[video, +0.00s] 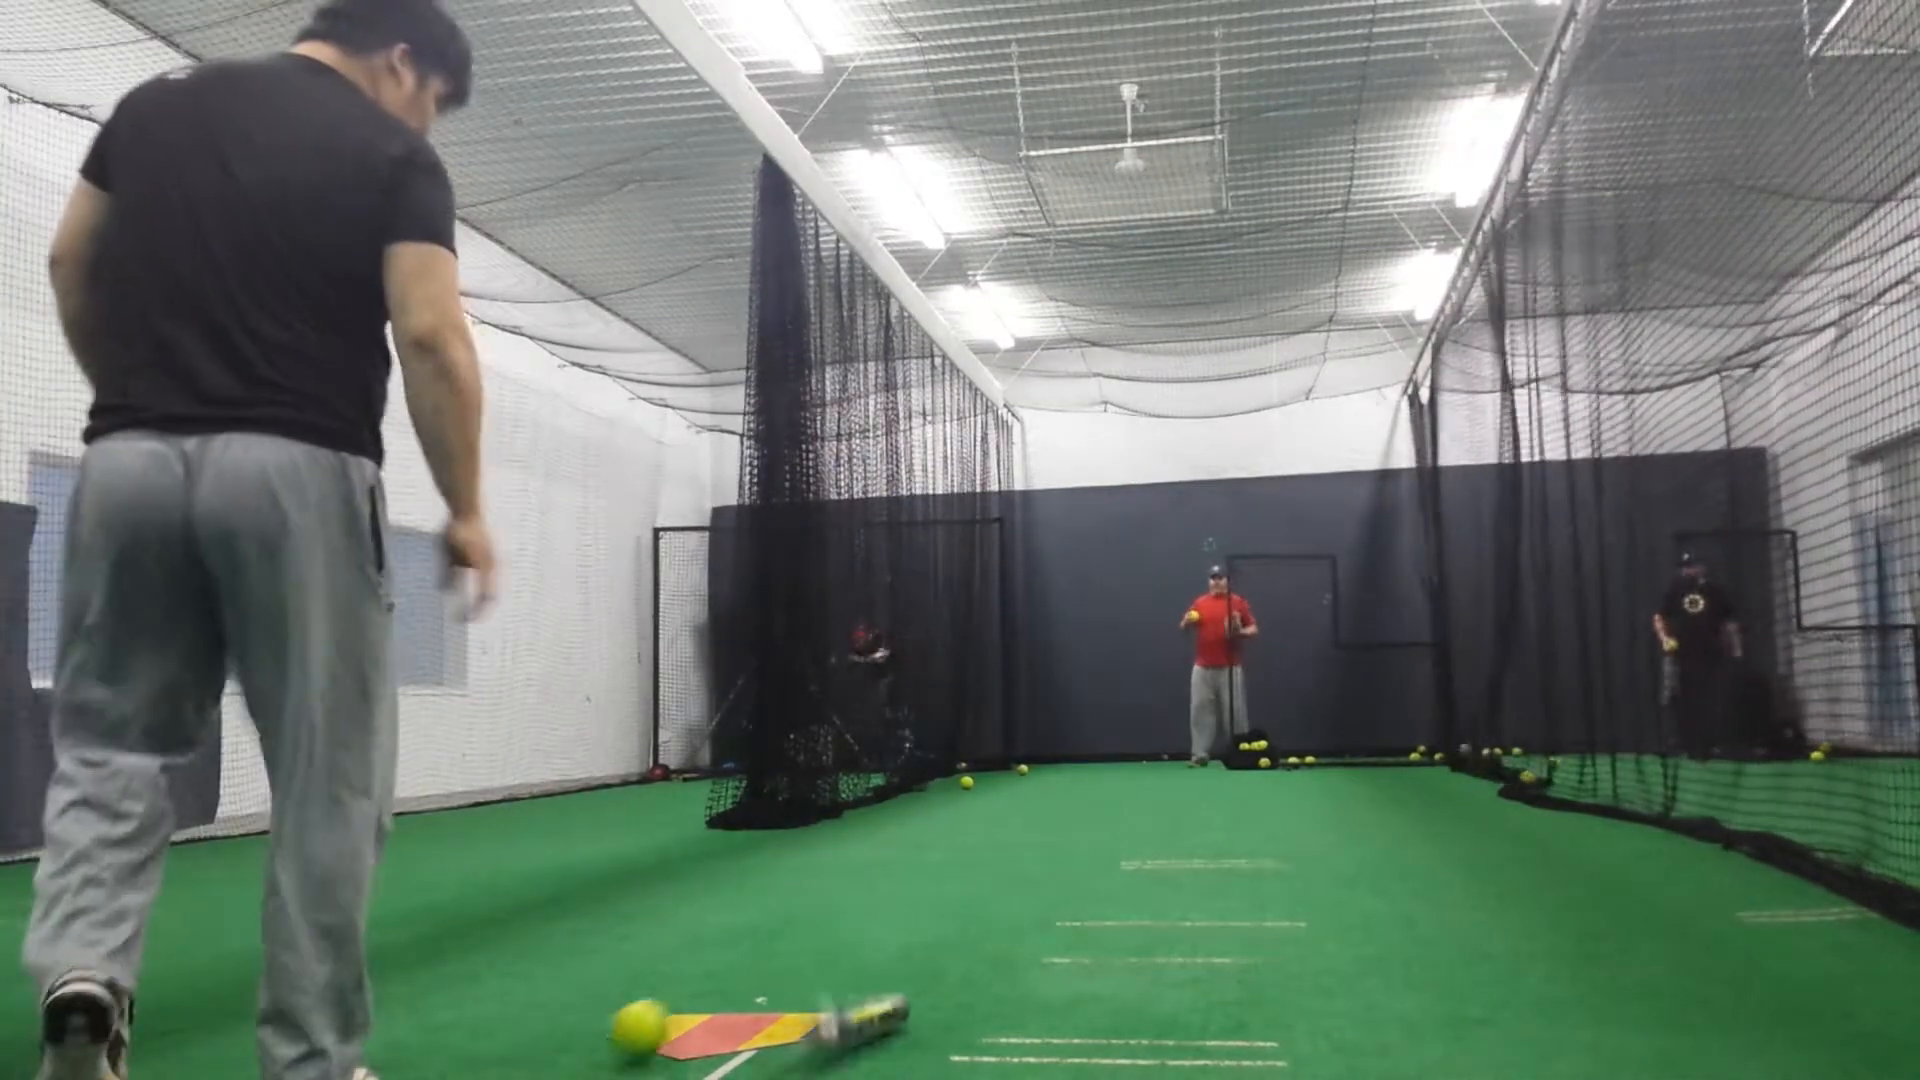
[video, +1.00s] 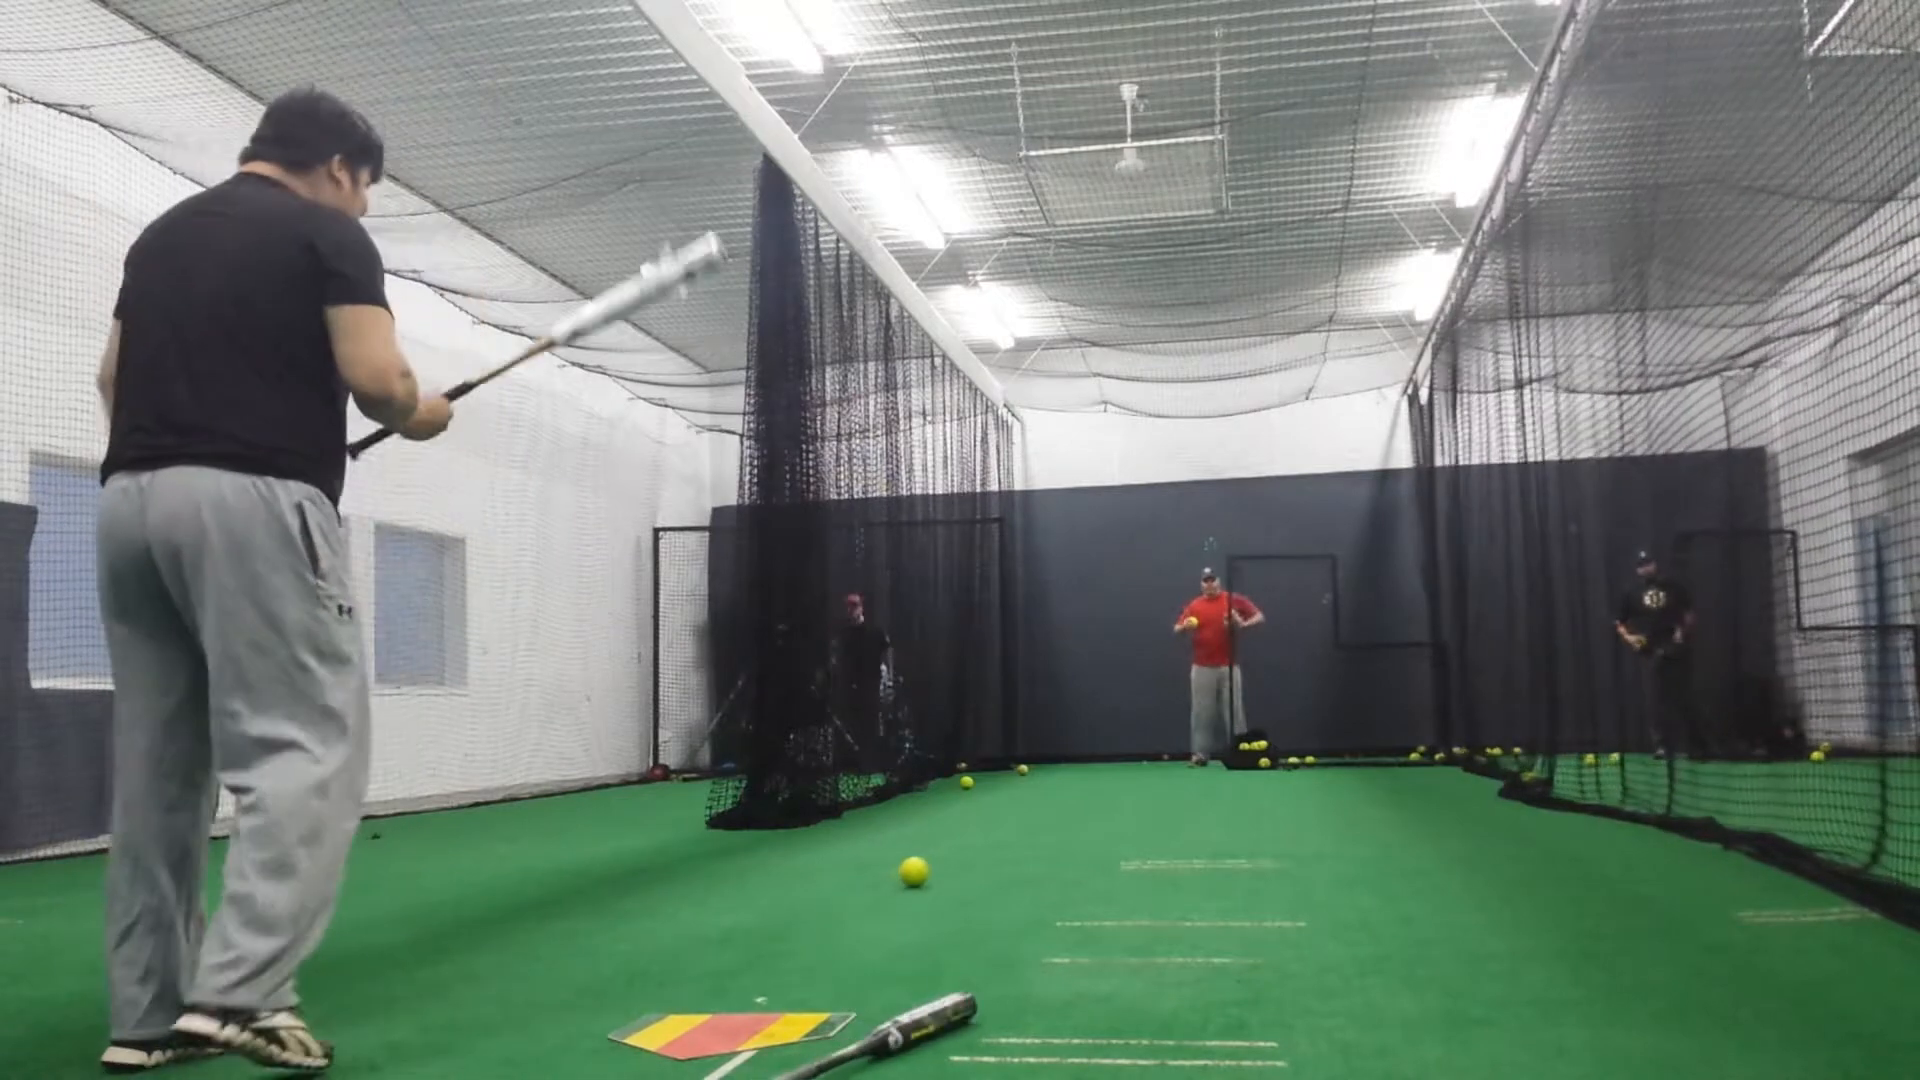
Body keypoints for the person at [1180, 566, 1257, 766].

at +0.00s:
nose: (1217, 581)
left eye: (1220, 578)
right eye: (1213, 578)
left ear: (1227, 581)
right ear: (1209, 581)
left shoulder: (1238, 603)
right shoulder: (1201, 603)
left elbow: (1253, 628)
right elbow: (1183, 628)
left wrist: (1240, 630)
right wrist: (1188, 621)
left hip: (1230, 664)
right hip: (1204, 664)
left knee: (1235, 709)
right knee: (1200, 708)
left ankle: (1239, 752)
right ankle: (1200, 753)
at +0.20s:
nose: (1207, 584)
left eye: (1210, 581)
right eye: (1204, 581)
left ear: (1217, 583)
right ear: (1199, 584)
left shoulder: (1227, 605)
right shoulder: (1190, 605)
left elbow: (1247, 629)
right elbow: (1174, 633)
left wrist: (1229, 633)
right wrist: (1178, 625)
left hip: (1223, 666)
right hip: (1199, 667)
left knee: (1230, 709)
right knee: (1196, 710)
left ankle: (1238, 750)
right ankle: (1199, 753)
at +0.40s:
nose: (1199, 584)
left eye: (1202, 581)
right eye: (1196, 581)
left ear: (1208, 584)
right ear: (1190, 585)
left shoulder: (1221, 604)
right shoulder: (1183, 607)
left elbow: (1236, 628)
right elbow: (1168, 634)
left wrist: (1224, 633)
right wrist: (1175, 629)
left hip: (1221, 667)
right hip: (1195, 670)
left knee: (1232, 710)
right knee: (1195, 714)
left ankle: (1241, 750)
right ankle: (1198, 754)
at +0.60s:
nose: (1198, 584)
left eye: (1201, 580)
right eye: (1195, 581)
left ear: (1207, 583)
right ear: (1189, 584)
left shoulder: (1221, 603)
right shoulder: (1181, 606)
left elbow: (1241, 624)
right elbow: (1166, 633)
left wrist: (1227, 630)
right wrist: (1176, 629)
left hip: (1221, 665)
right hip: (1195, 667)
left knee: (1232, 708)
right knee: (1196, 711)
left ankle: (1241, 750)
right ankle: (1199, 753)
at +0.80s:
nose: (1202, 586)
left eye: (1205, 582)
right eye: (1198, 583)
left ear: (1211, 585)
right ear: (1193, 586)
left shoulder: (1223, 605)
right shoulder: (1186, 607)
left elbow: (1240, 627)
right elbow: (1171, 634)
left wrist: (1229, 630)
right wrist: (1181, 630)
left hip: (1223, 667)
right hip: (1197, 669)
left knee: (1232, 710)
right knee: (1197, 714)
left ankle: (1238, 751)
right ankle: (1199, 753)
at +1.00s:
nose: (1209, 584)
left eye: (1212, 580)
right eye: (1205, 581)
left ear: (1218, 582)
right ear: (1201, 584)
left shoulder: (1233, 601)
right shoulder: (1195, 605)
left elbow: (1259, 616)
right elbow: (1177, 629)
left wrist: (1243, 623)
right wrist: (1185, 626)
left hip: (1228, 664)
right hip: (1203, 665)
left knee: (1233, 709)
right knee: (1202, 710)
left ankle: (1238, 751)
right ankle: (1200, 752)